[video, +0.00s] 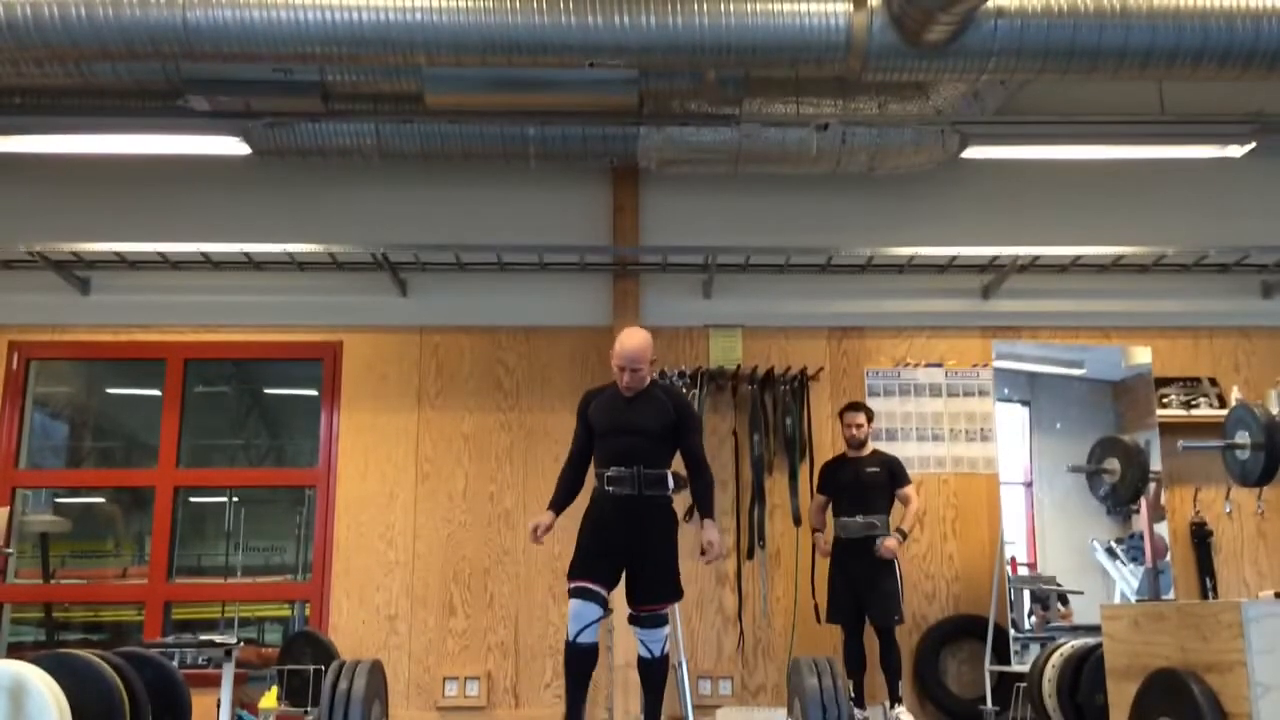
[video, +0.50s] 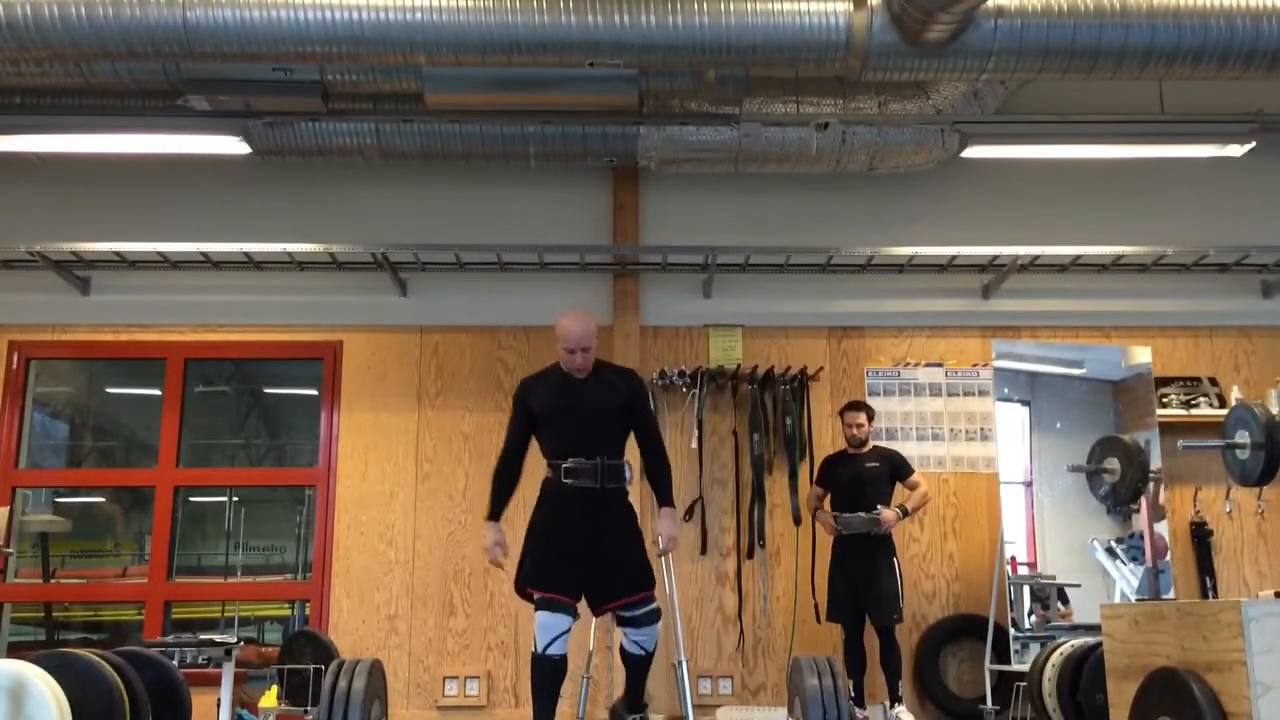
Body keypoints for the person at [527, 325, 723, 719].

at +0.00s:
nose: (625, 378)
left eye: (635, 370)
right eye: (620, 368)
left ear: (652, 364)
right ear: (611, 360)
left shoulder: (674, 404)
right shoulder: (594, 402)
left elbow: (697, 465)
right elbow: (577, 462)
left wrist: (709, 522)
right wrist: (552, 510)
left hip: (654, 524)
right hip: (603, 520)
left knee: (651, 628)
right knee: (581, 616)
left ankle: (652, 714)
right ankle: (573, 713)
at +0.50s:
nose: (580, 359)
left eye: (587, 350)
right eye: (571, 351)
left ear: (596, 343)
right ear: (556, 346)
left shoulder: (625, 384)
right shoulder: (534, 391)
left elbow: (652, 447)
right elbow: (512, 457)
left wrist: (667, 508)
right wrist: (493, 518)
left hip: (614, 515)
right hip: (559, 515)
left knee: (643, 620)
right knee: (552, 625)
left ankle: (632, 706)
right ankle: (543, 716)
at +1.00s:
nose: (594, 350)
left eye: (604, 342)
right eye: (586, 341)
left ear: (619, 332)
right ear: (574, 328)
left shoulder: (644, 377)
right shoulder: (548, 373)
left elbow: (670, 442)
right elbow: (516, 431)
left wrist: (687, 502)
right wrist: (485, 484)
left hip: (619, 511)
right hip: (560, 509)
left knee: (637, 627)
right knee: (541, 627)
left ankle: (646, 718)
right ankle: (539, 718)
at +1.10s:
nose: (604, 348)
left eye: (615, 341)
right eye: (597, 338)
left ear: (632, 330)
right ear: (584, 322)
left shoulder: (654, 374)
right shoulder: (557, 367)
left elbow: (682, 443)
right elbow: (526, 432)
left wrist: (694, 506)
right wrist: (496, 491)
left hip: (625, 507)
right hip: (563, 501)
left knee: (640, 624)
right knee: (526, 614)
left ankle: (647, 718)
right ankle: (535, 713)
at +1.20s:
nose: (608, 348)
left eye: (620, 340)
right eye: (601, 337)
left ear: (636, 329)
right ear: (589, 320)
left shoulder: (659, 373)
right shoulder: (561, 362)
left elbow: (687, 442)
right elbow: (531, 430)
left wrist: (698, 504)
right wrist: (503, 495)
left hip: (627, 507)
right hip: (564, 500)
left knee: (641, 626)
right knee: (525, 607)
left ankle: (647, 719)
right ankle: (526, 715)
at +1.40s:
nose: (599, 347)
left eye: (610, 340)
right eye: (592, 336)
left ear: (628, 327)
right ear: (580, 318)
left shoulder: (650, 370)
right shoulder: (548, 361)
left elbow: (680, 438)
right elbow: (521, 429)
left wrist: (696, 500)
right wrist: (497, 497)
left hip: (620, 506)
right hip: (557, 502)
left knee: (641, 630)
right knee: (533, 624)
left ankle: (646, 719)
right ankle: (516, 717)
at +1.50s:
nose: (589, 348)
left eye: (600, 340)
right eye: (582, 337)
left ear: (616, 328)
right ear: (567, 317)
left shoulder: (638, 369)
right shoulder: (534, 362)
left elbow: (669, 436)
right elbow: (504, 431)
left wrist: (690, 498)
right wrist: (482, 499)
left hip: (612, 505)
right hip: (549, 503)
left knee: (641, 625)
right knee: (531, 626)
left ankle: (646, 718)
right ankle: (517, 718)